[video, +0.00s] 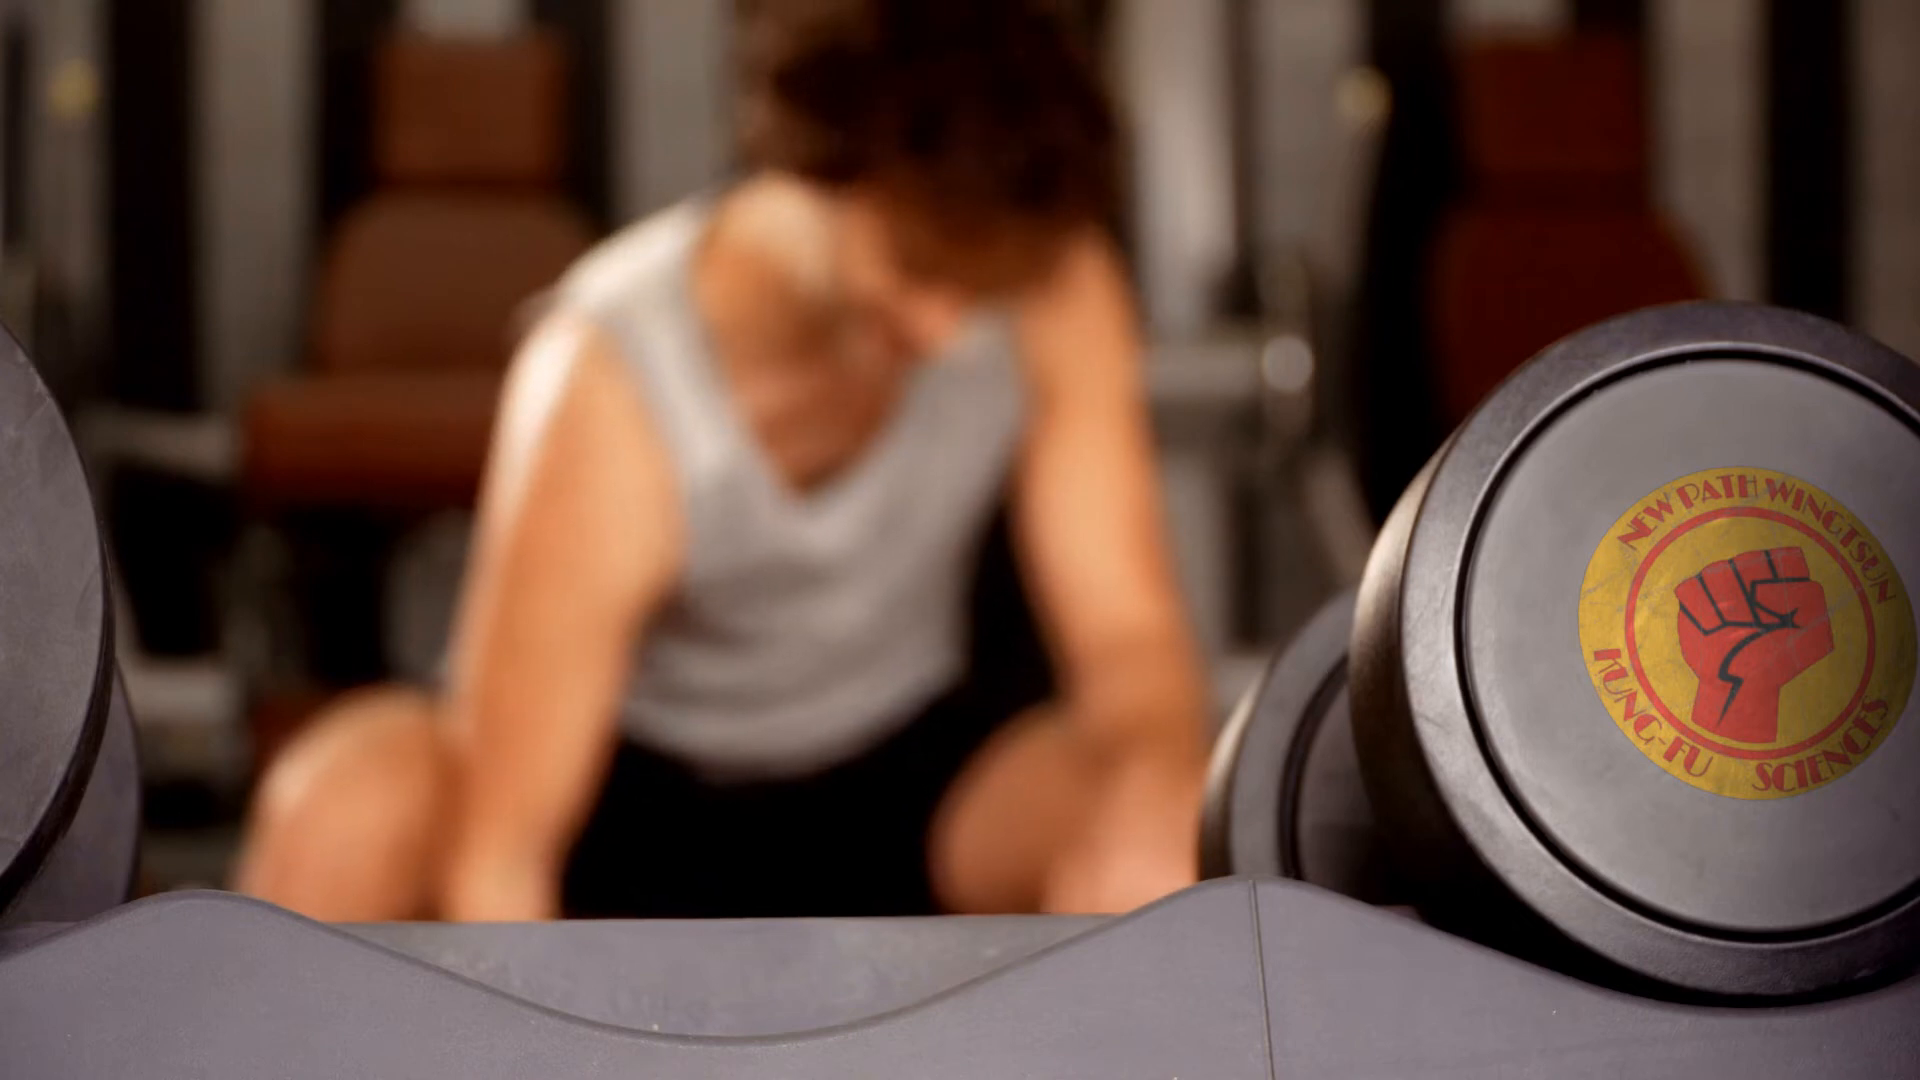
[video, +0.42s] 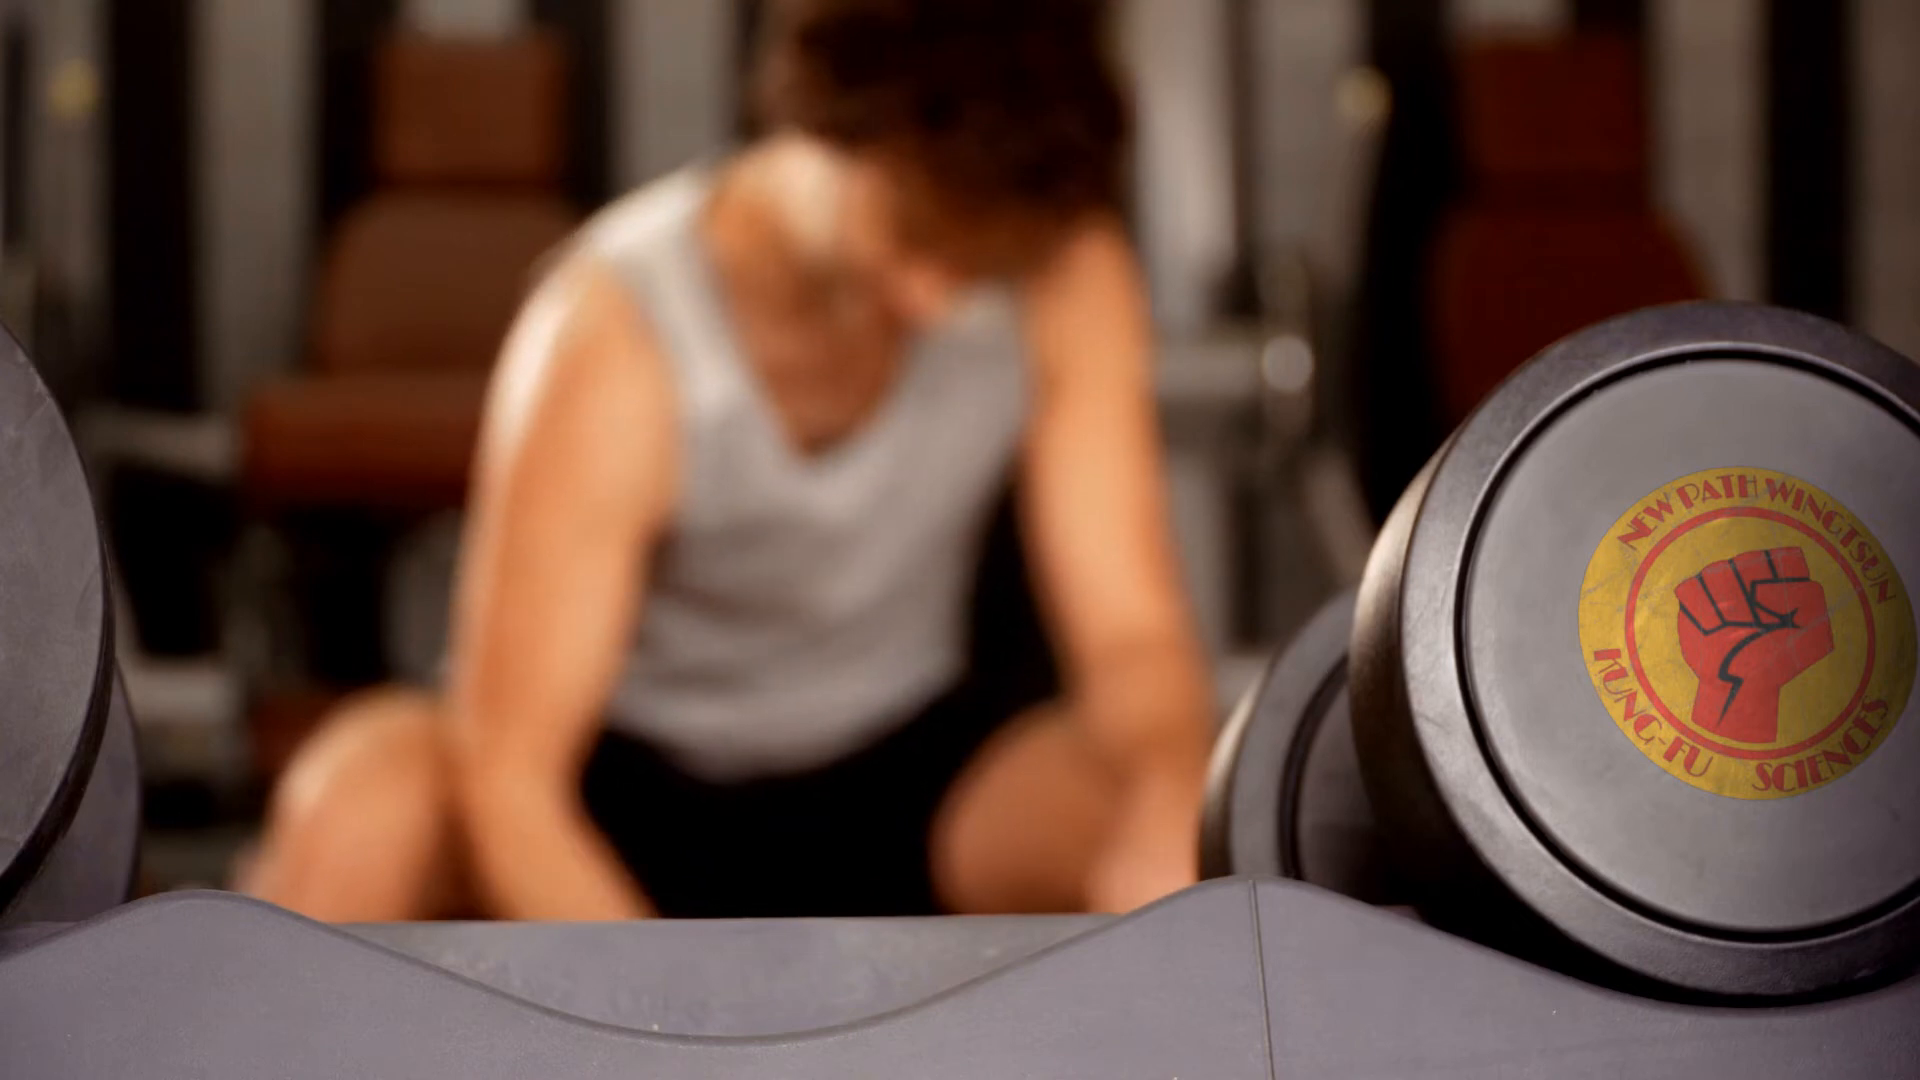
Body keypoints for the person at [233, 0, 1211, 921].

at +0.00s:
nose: (946, 331)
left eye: (991, 286)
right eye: (914, 274)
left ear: (1040, 243)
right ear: (821, 175)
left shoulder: (1049, 276)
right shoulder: (611, 375)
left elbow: (1129, 654)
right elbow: (504, 849)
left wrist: (1149, 855)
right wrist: (535, 1074)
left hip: (902, 789)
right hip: (627, 804)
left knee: (1156, 803)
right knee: (343, 790)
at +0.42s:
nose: (932, 304)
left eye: (983, 268)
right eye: (910, 247)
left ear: (1043, 225)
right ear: (828, 141)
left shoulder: (1058, 261)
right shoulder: (611, 323)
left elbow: (1132, 644)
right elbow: (508, 773)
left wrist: (1159, 842)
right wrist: (677, 1021)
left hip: (902, 782)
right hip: (629, 795)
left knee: (1179, 807)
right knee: (360, 787)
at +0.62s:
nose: (922, 304)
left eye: (971, 268)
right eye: (896, 249)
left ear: (1036, 223)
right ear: (815, 135)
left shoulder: (1052, 264)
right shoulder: (578, 313)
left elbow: (1134, 641)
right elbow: (512, 749)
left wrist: (1169, 848)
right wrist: (743, 869)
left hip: (904, 776)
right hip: (612, 775)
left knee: (1195, 780)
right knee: (368, 788)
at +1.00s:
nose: (880, 303)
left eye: (922, 264)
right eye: (856, 247)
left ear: (978, 210)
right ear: (764, 147)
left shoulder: (1009, 260)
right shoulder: (492, 318)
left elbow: (1119, 634)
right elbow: (510, 748)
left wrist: (1182, 873)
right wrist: (733, 696)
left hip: (898, 782)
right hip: (599, 790)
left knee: (1170, 810)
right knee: (351, 800)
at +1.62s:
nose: (893, 270)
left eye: (942, 233)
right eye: (869, 214)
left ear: (1001, 179)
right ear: (782, 116)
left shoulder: (1033, 256)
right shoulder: (544, 314)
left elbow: (1127, 642)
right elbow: (515, 750)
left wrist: (1187, 818)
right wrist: (842, 821)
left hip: (898, 794)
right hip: (607, 797)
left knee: (1190, 793)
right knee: (361, 786)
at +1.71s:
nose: (903, 272)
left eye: (953, 232)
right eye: (877, 212)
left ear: (1010, 179)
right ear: (789, 115)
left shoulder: (1043, 257)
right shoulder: (562, 312)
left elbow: (1130, 641)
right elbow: (512, 756)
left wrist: (1204, 820)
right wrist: (729, 898)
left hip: (906, 767)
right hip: (623, 776)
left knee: (1198, 813)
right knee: (357, 796)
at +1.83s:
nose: (915, 280)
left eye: (968, 238)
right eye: (890, 218)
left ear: (1022, 190)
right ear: (799, 118)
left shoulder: (1052, 263)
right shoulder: (584, 314)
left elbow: (1135, 644)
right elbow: (520, 794)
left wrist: (1200, 822)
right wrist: (675, 1043)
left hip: (904, 782)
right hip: (625, 794)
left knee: (1193, 811)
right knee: (366, 793)